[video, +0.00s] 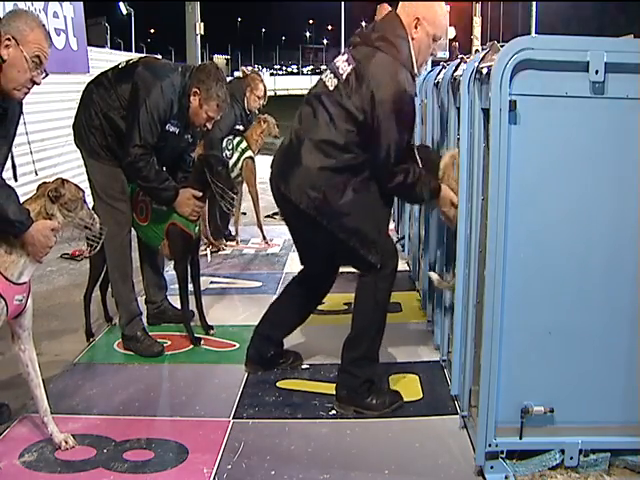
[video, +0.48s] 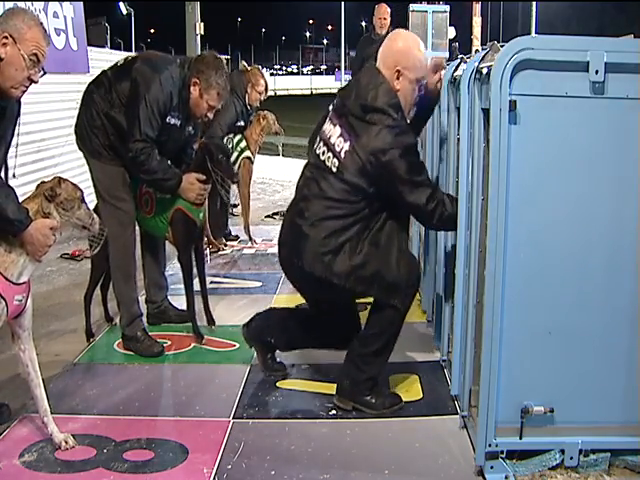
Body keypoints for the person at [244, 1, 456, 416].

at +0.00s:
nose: (437, 51)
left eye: (440, 41)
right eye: (436, 39)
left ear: (406, 21)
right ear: (413, 27)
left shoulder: (368, 49)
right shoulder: (391, 73)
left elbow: (391, 145)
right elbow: (392, 170)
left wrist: (435, 164)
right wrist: (436, 193)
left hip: (292, 173)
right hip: (324, 181)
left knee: (319, 270)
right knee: (380, 261)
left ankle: (263, 350)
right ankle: (358, 386)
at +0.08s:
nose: (436, 57)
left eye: (439, 47)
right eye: (436, 45)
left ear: (409, 28)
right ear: (415, 32)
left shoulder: (370, 57)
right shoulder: (394, 83)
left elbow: (397, 148)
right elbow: (399, 175)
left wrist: (442, 165)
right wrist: (444, 193)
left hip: (292, 178)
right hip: (320, 187)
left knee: (321, 271)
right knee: (383, 262)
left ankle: (264, 350)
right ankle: (358, 386)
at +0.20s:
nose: (435, 67)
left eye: (438, 58)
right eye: (434, 56)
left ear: (406, 40)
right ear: (414, 43)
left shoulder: (367, 68)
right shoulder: (396, 98)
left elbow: (415, 151)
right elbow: (409, 184)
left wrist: (461, 176)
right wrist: (456, 204)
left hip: (289, 193)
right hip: (319, 204)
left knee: (333, 269)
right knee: (388, 267)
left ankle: (267, 341)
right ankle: (358, 387)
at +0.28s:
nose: (431, 74)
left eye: (434, 65)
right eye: (430, 63)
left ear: (400, 47)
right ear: (410, 53)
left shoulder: (366, 75)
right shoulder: (391, 104)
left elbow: (420, 151)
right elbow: (418, 190)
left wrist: (473, 172)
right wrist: (473, 211)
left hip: (291, 207)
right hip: (322, 217)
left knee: (336, 282)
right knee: (392, 271)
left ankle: (268, 347)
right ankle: (358, 388)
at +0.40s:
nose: (426, 83)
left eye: (427, 74)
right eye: (424, 74)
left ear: (395, 63)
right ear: (404, 70)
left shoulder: (361, 87)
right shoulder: (393, 129)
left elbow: (384, 149)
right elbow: (433, 206)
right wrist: (490, 218)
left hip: (296, 229)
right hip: (325, 240)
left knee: (340, 312)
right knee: (400, 275)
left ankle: (264, 333)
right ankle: (359, 388)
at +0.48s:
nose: (422, 86)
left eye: (424, 79)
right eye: (418, 79)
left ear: (389, 72)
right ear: (397, 77)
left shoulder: (355, 95)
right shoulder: (389, 138)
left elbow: (401, 130)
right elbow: (436, 210)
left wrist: (429, 95)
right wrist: (494, 209)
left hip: (299, 239)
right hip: (326, 252)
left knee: (342, 329)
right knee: (403, 277)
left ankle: (265, 328)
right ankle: (359, 387)